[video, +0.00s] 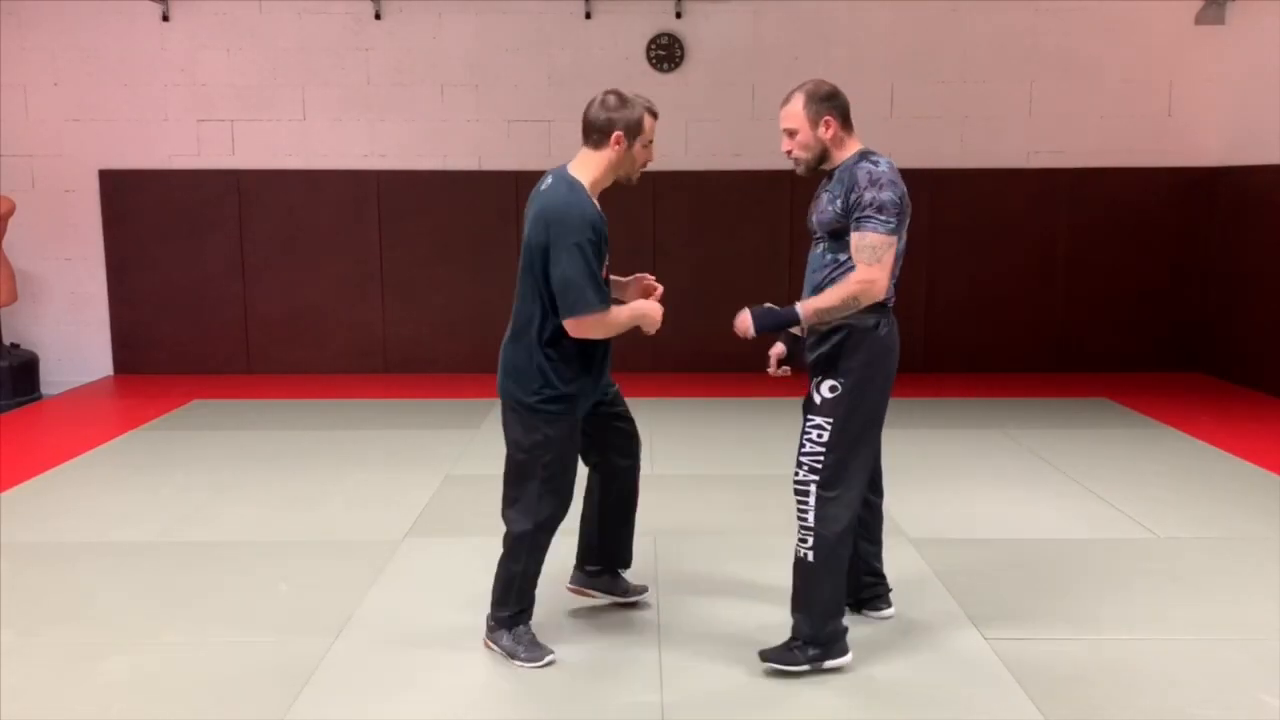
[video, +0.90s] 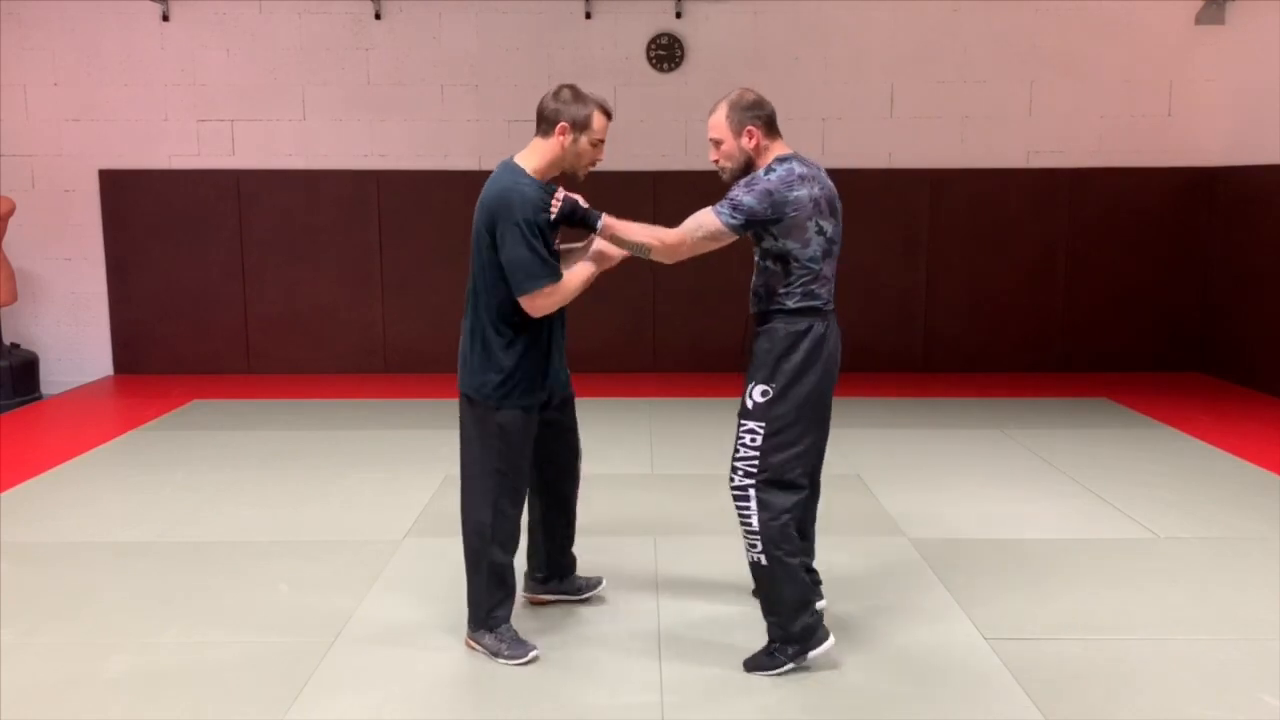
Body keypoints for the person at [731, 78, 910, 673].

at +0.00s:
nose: (785, 145)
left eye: (793, 133)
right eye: (783, 134)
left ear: (828, 127)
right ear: (826, 128)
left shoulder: (871, 179)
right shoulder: (837, 181)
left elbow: (872, 281)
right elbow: (835, 278)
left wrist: (781, 318)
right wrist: (797, 336)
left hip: (858, 346)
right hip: (839, 344)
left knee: (819, 484)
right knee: (852, 473)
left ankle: (819, 639)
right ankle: (865, 587)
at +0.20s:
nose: (770, 147)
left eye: (776, 134)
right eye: (768, 134)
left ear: (812, 128)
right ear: (813, 129)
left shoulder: (846, 182)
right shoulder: (836, 175)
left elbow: (801, 273)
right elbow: (825, 276)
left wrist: (711, 272)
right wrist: (780, 326)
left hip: (834, 342)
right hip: (832, 338)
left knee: (807, 489)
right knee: (839, 474)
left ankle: (807, 642)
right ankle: (861, 586)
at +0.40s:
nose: (748, 148)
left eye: (752, 135)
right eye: (746, 136)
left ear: (786, 128)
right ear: (795, 128)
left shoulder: (812, 183)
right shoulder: (844, 173)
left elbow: (728, 264)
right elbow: (825, 271)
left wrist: (653, 232)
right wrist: (790, 332)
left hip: (815, 343)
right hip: (835, 338)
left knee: (797, 491)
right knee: (822, 471)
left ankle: (808, 642)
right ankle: (850, 573)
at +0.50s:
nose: (739, 150)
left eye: (742, 137)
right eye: (737, 138)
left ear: (773, 128)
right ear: (790, 127)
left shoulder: (789, 185)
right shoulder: (846, 174)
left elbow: (701, 257)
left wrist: (627, 232)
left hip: (805, 344)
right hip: (840, 339)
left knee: (791, 491)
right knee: (816, 472)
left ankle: (808, 642)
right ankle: (837, 569)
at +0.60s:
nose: (727, 151)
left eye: (730, 139)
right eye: (725, 139)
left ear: (761, 130)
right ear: (778, 129)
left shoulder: (772, 184)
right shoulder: (841, 177)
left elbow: (672, 246)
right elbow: (850, 277)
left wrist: (590, 241)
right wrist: (822, 330)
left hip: (796, 345)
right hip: (833, 338)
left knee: (787, 489)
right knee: (814, 476)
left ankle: (808, 644)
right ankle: (814, 577)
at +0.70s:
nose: (719, 153)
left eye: (722, 141)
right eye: (717, 142)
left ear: (754, 132)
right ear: (771, 131)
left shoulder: (764, 186)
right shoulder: (834, 180)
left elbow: (670, 250)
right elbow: (848, 274)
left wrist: (587, 242)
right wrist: (825, 333)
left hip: (793, 343)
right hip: (828, 339)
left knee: (783, 488)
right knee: (807, 475)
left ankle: (808, 643)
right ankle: (799, 576)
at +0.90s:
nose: (712, 155)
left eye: (719, 143)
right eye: (711, 143)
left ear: (752, 136)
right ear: (760, 137)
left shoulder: (776, 187)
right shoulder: (808, 178)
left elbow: (672, 245)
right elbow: (692, 242)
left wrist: (594, 221)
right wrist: (609, 229)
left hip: (791, 340)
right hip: (810, 337)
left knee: (755, 480)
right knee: (791, 478)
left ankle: (795, 632)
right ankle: (801, 601)